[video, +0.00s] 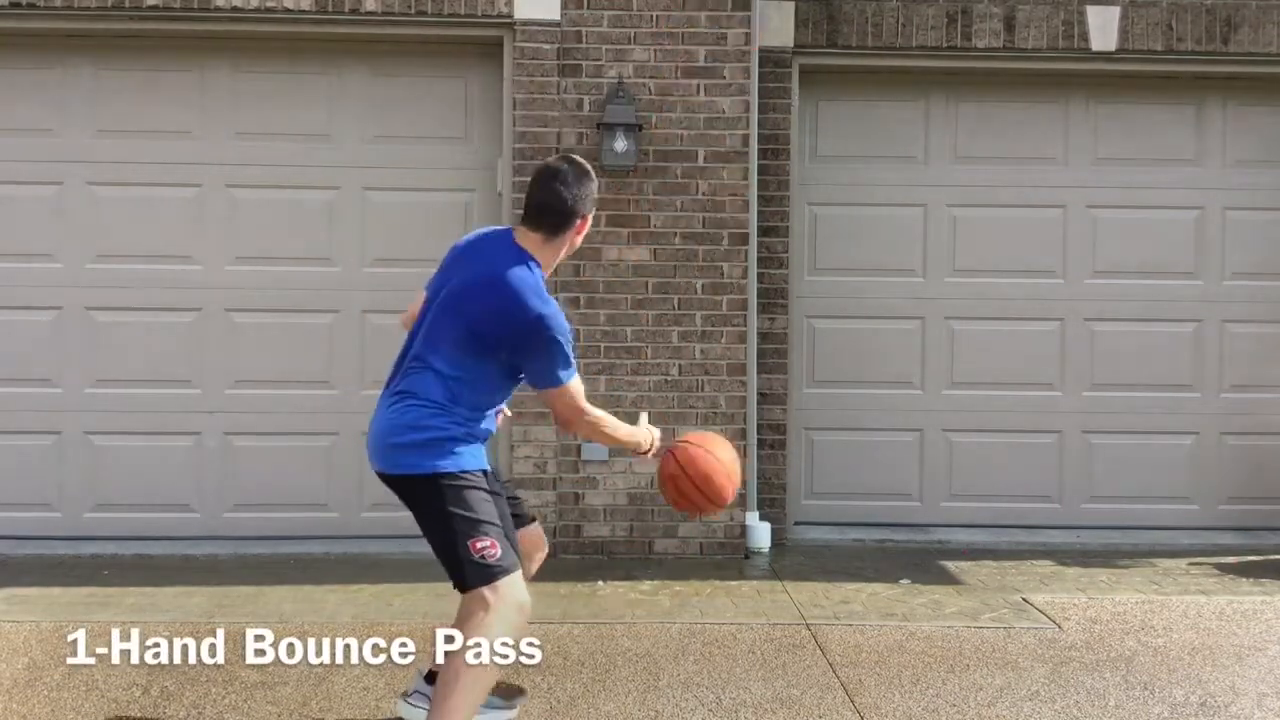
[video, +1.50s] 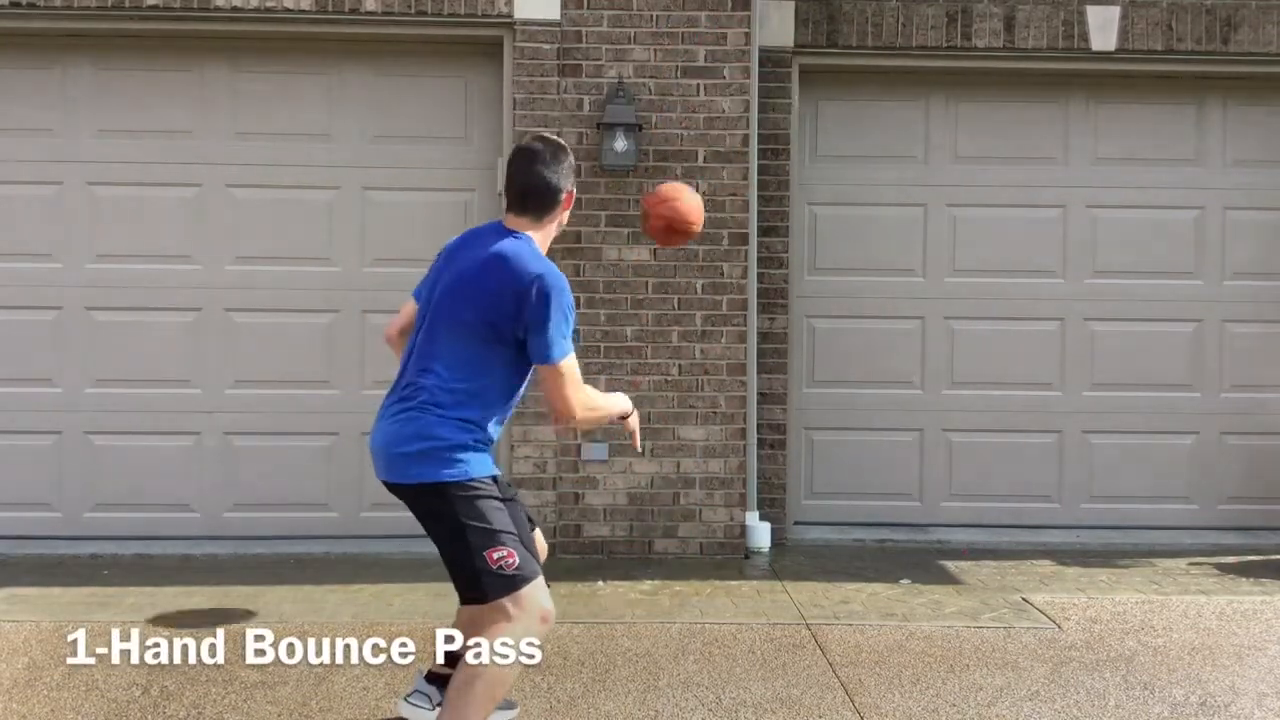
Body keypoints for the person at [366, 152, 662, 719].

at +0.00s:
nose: (590, 228)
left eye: (590, 218)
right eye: (591, 219)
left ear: (528, 203)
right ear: (581, 226)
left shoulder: (479, 244)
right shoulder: (537, 311)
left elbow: (416, 320)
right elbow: (573, 416)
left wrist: (476, 392)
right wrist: (640, 438)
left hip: (429, 434)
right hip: (432, 447)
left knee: (529, 546)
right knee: (500, 596)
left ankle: (440, 681)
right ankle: (448, 708)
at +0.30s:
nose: (580, 222)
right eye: (581, 213)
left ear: (515, 200)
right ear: (576, 217)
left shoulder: (476, 250)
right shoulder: (539, 289)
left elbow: (419, 343)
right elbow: (547, 416)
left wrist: (474, 428)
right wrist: (595, 450)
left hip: (410, 432)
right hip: (434, 444)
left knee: (528, 547)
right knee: (507, 606)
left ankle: (438, 684)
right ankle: (448, 711)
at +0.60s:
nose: (569, 165)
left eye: (567, 155)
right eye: (567, 155)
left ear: (499, 161)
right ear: (555, 162)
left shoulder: (474, 215)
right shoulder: (532, 218)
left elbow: (437, 328)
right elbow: (664, 240)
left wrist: (486, 401)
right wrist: (709, 166)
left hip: (431, 421)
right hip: (441, 430)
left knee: (516, 547)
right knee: (514, 603)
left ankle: (443, 683)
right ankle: (454, 712)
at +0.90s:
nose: (584, 189)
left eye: (583, 178)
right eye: (585, 178)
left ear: (517, 175)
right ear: (572, 184)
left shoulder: (501, 232)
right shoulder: (508, 238)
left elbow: (426, 307)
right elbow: (608, 289)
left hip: (456, 430)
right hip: (434, 433)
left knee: (530, 551)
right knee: (504, 597)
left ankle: (440, 680)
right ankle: (449, 710)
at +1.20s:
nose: (588, 230)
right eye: (589, 221)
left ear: (522, 208)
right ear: (580, 227)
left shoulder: (470, 252)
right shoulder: (554, 318)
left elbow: (401, 331)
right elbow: (560, 407)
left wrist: (455, 369)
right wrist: (585, 417)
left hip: (395, 446)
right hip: (441, 459)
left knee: (527, 541)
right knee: (523, 620)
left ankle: (442, 683)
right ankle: (456, 710)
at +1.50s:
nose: (573, 204)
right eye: (574, 195)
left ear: (508, 190)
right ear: (567, 202)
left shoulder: (463, 245)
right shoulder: (542, 281)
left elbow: (399, 332)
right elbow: (569, 409)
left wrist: (450, 386)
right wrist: (622, 403)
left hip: (405, 441)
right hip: (444, 452)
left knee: (527, 545)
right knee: (528, 613)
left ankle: (441, 684)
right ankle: (457, 712)